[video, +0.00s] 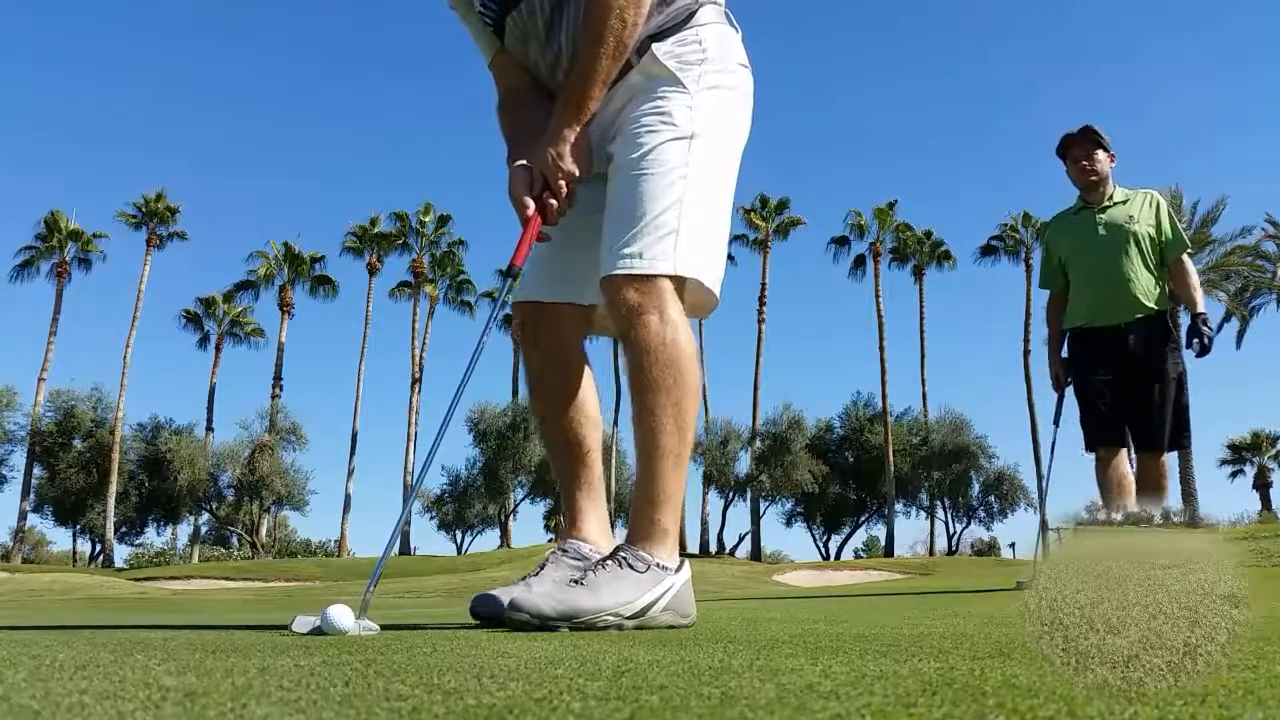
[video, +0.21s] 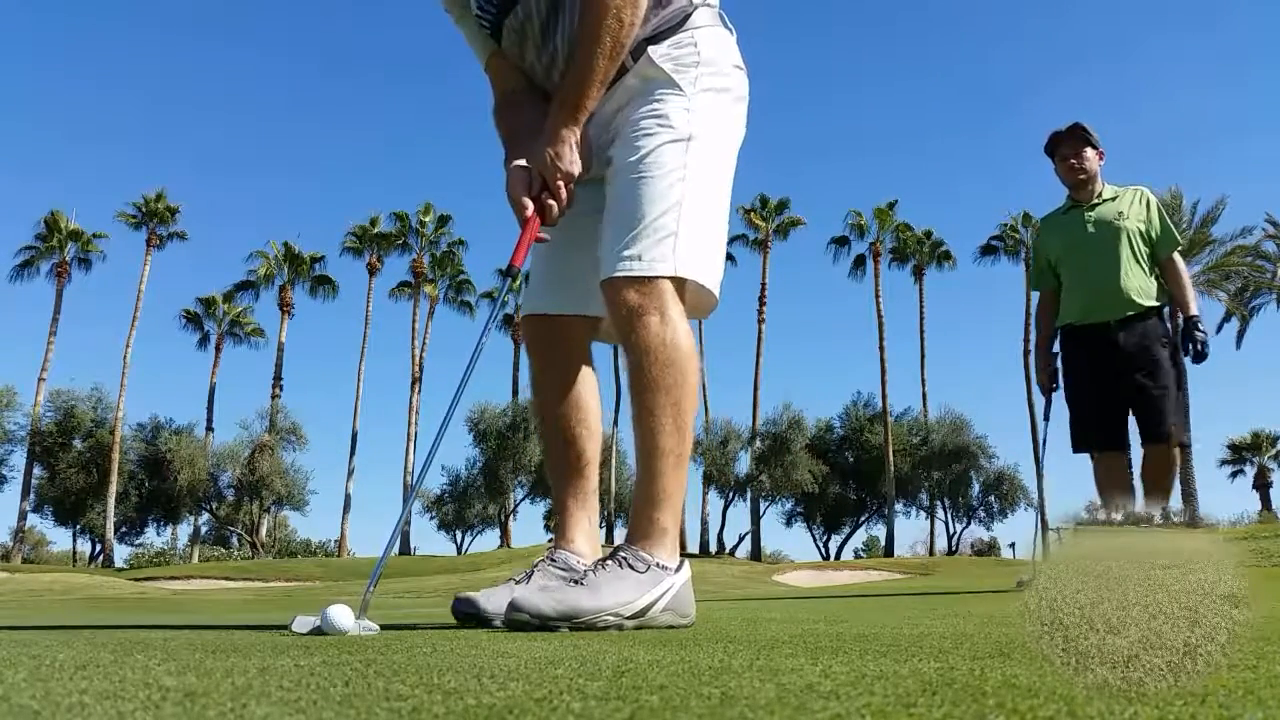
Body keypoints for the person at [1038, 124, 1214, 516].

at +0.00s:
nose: (1086, 163)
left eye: (1092, 155)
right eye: (1076, 160)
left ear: (1110, 159)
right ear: (1068, 171)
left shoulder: (1150, 204)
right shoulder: (1058, 228)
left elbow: (1179, 264)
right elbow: (1057, 298)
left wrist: (1198, 314)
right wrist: (1054, 355)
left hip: (1150, 335)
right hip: (1090, 342)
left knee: (1153, 447)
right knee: (1108, 447)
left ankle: (1152, 534)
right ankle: (1122, 538)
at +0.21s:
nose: (1074, 161)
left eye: (1081, 152)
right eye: (1064, 157)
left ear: (1099, 156)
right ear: (1055, 168)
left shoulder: (1139, 200)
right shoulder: (1049, 229)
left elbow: (1170, 263)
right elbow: (1047, 299)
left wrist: (1191, 319)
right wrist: (1043, 355)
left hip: (1144, 333)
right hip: (1084, 343)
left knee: (1162, 435)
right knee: (1104, 444)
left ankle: (1153, 521)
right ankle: (1119, 530)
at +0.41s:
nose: (1067, 153)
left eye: (1074, 144)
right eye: (1057, 150)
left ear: (1093, 150)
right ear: (1049, 163)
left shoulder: (1135, 194)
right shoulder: (1041, 223)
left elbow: (1168, 256)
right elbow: (1039, 294)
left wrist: (1190, 308)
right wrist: (1029, 350)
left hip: (1141, 326)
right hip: (1079, 338)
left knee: (1160, 419)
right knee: (1102, 442)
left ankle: (1166, 519)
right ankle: (1122, 531)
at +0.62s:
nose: (1066, 148)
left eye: (1073, 138)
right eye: (1055, 144)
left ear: (1092, 143)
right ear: (1048, 157)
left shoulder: (1135, 188)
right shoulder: (1040, 218)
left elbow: (1169, 249)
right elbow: (1038, 292)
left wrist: (1190, 301)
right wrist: (1032, 349)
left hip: (1141, 327)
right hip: (1080, 338)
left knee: (1156, 434)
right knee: (1104, 446)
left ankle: (1170, 531)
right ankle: (1123, 542)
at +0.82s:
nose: (1068, 142)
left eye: (1075, 133)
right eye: (1058, 139)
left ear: (1095, 137)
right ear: (1050, 151)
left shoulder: (1139, 182)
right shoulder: (1045, 213)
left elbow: (1171, 242)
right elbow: (1046, 287)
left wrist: (1193, 293)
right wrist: (1044, 347)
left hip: (1142, 323)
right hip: (1081, 333)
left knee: (1156, 436)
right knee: (1106, 443)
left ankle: (1169, 532)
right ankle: (1121, 539)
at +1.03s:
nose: (1071, 139)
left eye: (1077, 129)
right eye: (1060, 136)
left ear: (1098, 133)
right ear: (1053, 148)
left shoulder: (1142, 179)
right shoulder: (1047, 210)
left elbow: (1174, 239)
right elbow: (1046, 283)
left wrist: (1197, 292)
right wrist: (1040, 341)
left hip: (1146, 319)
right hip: (1085, 329)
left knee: (1157, 434)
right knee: (1107, 440)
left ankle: (1171, 532)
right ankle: (1122, 539)